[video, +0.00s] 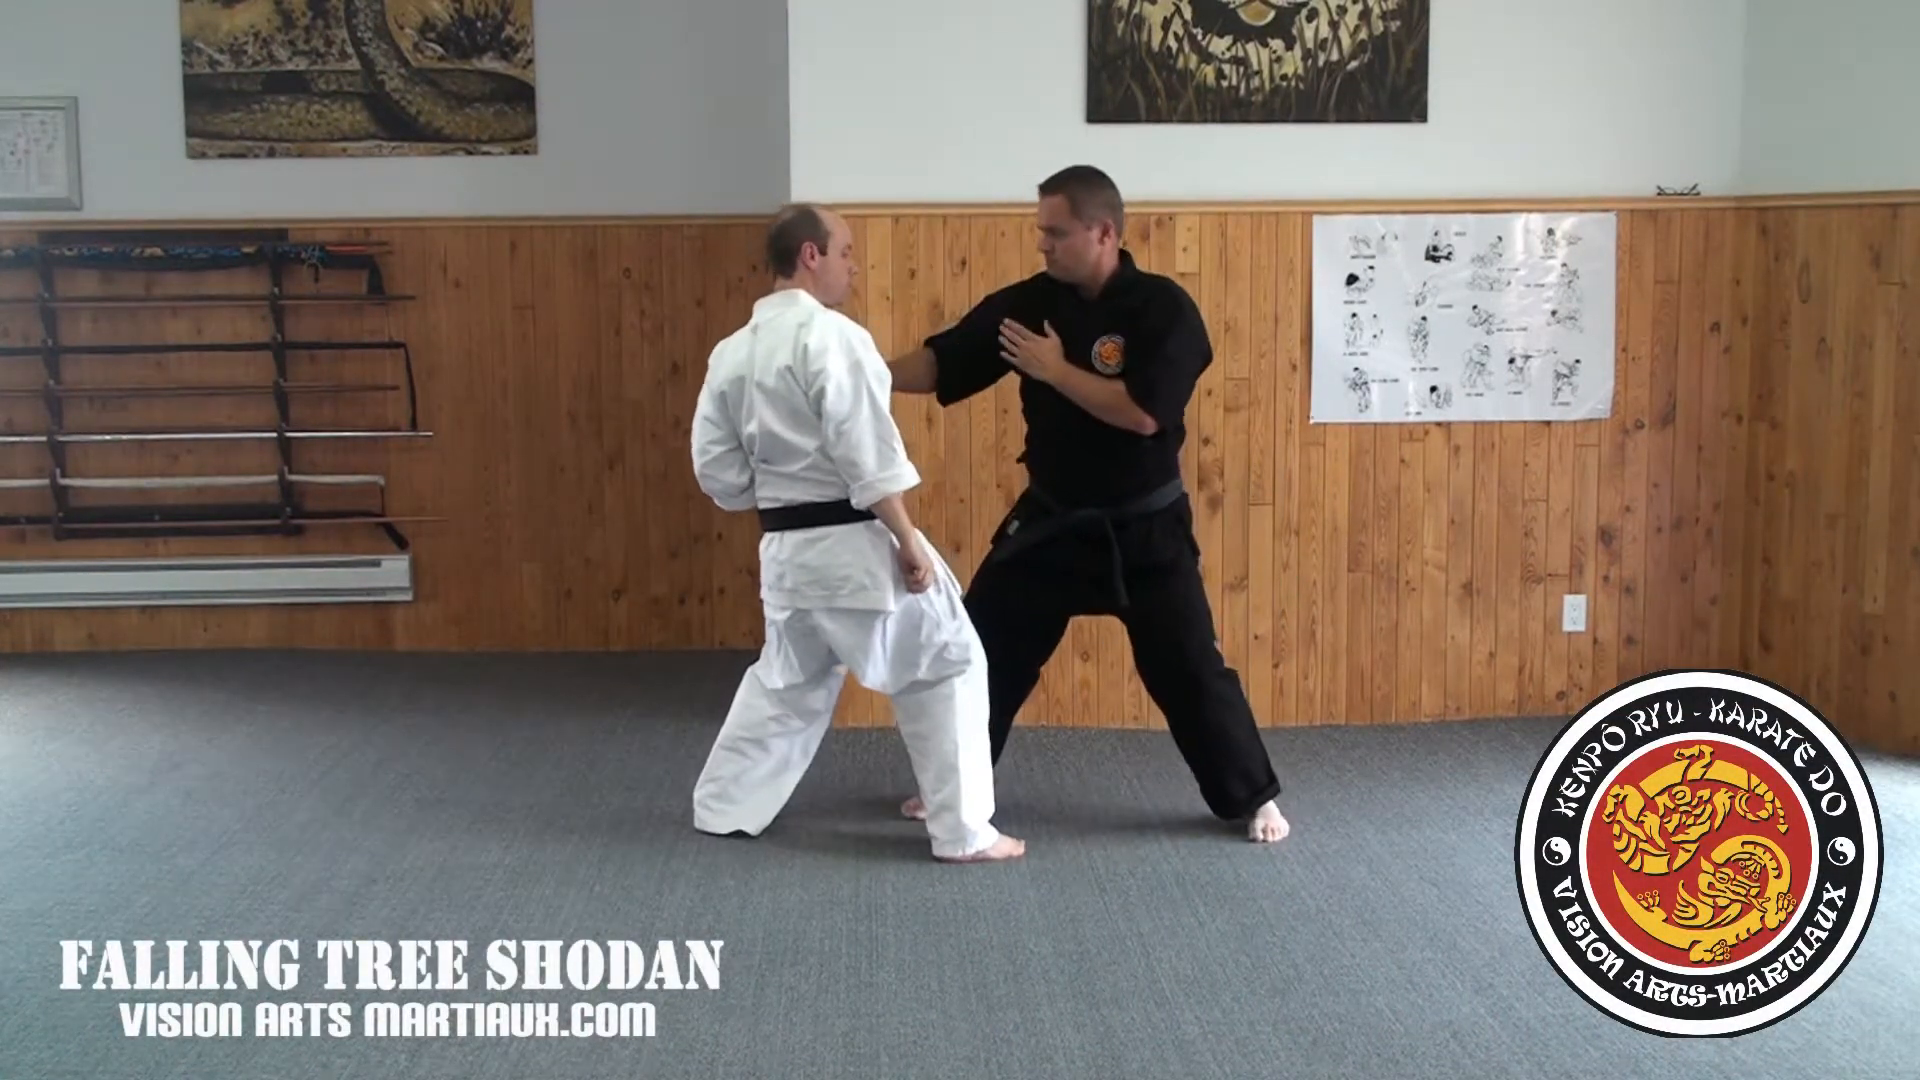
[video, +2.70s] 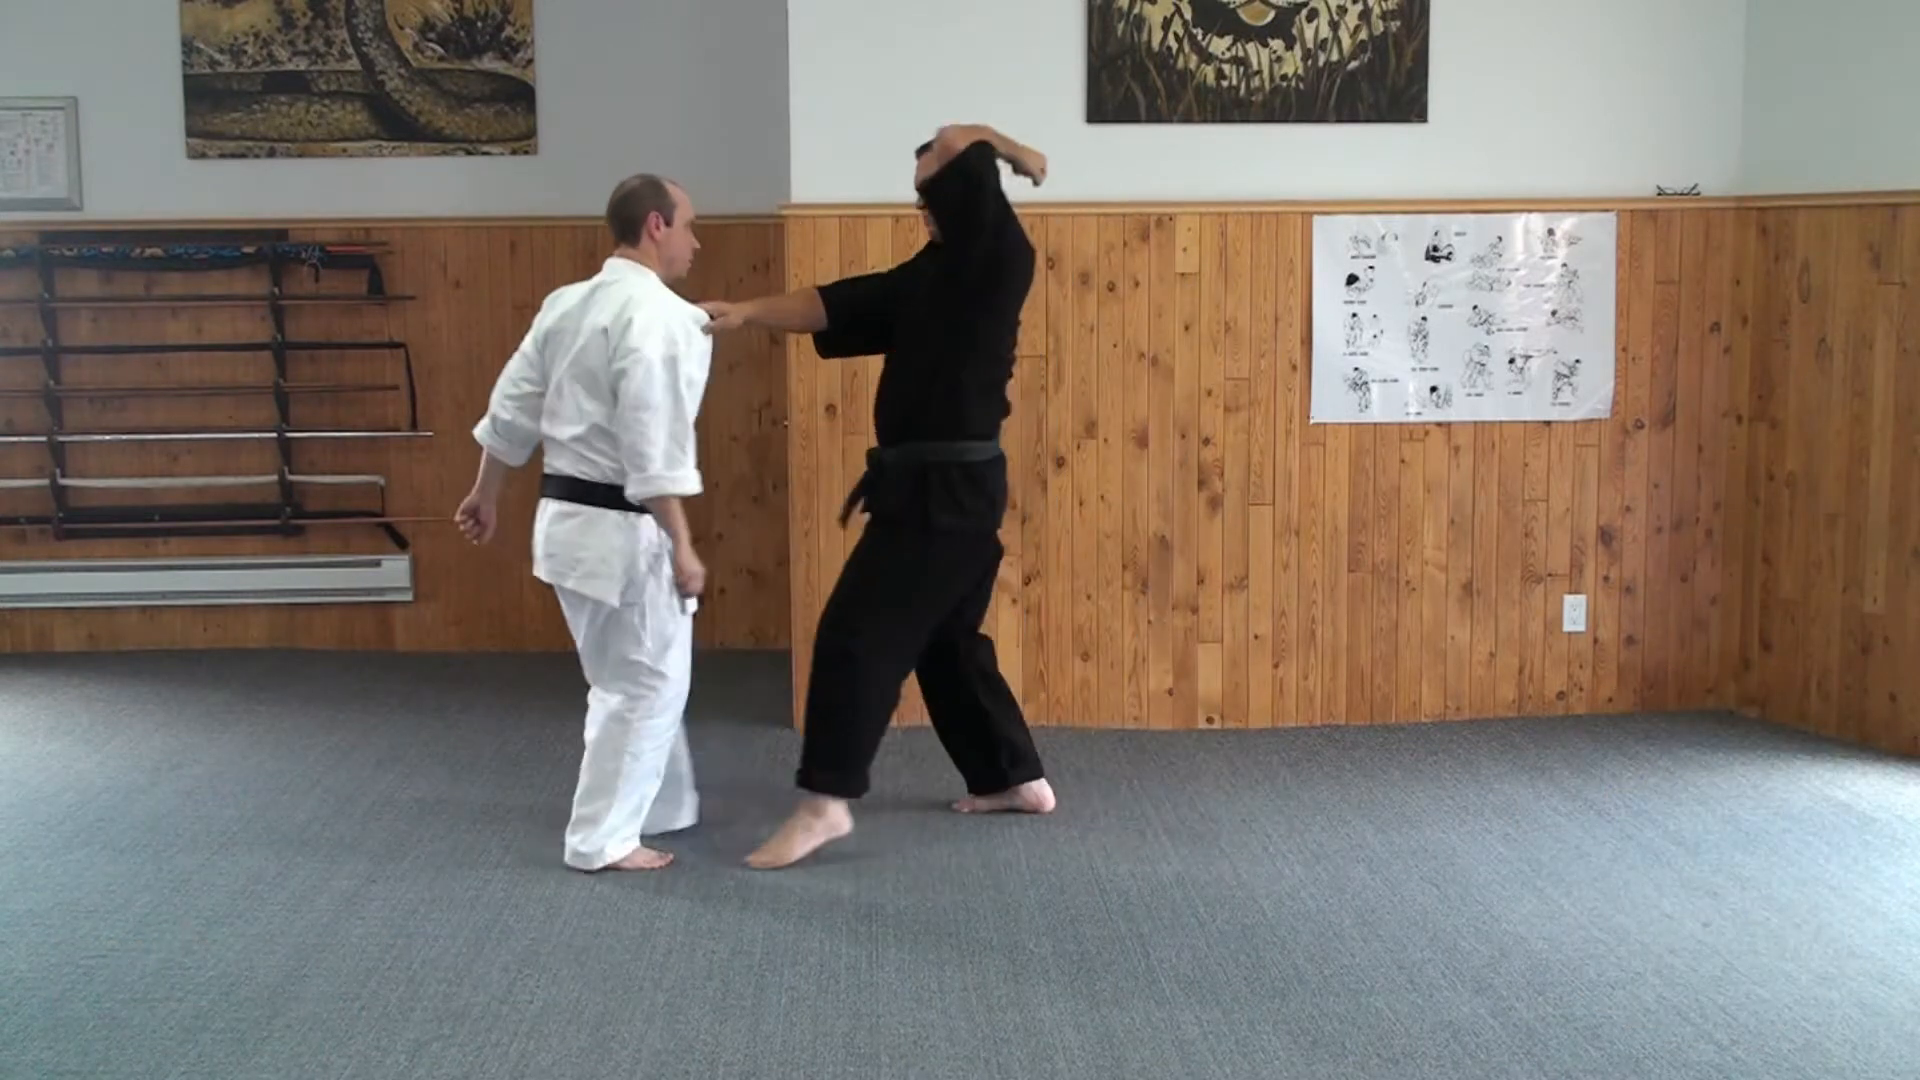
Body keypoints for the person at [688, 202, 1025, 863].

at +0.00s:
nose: (852, 270)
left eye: (851, 256)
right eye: (845, 256)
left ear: (786, 262)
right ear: (810, 258)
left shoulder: (730, 353)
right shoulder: (833, 337)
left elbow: (720, 474)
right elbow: (865, 448)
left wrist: (786, 501)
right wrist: (907, 536)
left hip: (784, 553)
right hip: (859, 548)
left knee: (787, 678)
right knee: (949, 664)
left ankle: (721, 807)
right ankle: (964, 830)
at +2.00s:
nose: (802, 265)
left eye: (800, 251)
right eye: (795, 251)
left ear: (743, 258)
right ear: (762, 254)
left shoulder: (686, 358)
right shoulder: (791, 337)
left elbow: (690, 476)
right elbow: (832, 450)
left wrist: (754, 506)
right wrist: (879, 532)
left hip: (756, 548)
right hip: (831, 542)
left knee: (775, 676)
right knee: (908, 677)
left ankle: (723, 810)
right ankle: (958, 828)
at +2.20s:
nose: (760, 263)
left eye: (758, 250)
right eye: (754, 250)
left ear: (699, 254)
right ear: (725, 250)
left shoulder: (640, 349)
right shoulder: (746, 332)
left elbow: (630, 466)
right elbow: (798, 440)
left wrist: (693, 496)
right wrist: (860, 518)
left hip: (691, 551)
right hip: (769, 549)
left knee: (735, 682)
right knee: (843, 679)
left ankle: (726, 812)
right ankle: (914, 823)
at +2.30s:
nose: (743, 259)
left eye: (741, 244)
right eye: (736, 244)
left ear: (684, 246)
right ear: (705, 244)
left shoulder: (622, 336)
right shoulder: (718, 328)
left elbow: (601, 461)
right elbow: (768, 444)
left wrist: (664, 492)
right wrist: (827, 526)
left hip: (663, 550)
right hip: (734, 549)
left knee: (721, 675)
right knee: (829, 651)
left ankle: (724, 807)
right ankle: (815, 810)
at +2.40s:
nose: (722, 251)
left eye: (721, 236)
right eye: (717, 235)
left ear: (658, 239)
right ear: (685, 236)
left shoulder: (602, 326)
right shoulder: (704, 323)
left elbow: (574, 438)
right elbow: (737, 442)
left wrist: (600, 501)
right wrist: (788, 524)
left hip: (639, 536)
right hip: (714, 536)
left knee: (688, 671)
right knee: (770, 666)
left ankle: (720, 805)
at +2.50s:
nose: (714, 248)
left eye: (712, 232)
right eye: (707, 232)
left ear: (653, 235)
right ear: (674, 233)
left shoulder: (588, 320)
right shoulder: (688, 321)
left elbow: (547, 423)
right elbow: (710, 446)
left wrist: (533, 506)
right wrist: (755, 531)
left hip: (612, 535)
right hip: (679, 538)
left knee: (692, 674)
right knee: (681, 683)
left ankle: (715, 807)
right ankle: (601, 820)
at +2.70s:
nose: (694, 243)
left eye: (694, 227)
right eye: (689, 227)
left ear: (626, 231)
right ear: (655, 229)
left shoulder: (565, 303)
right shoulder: (658, 317)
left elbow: (513, 403)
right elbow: (652, 446)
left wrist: (485, 487)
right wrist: (683, 543)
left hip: (563, 525)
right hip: (626, 531)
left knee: (632, 670)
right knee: (643, 685)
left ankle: (662, 804)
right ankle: (600, 839)